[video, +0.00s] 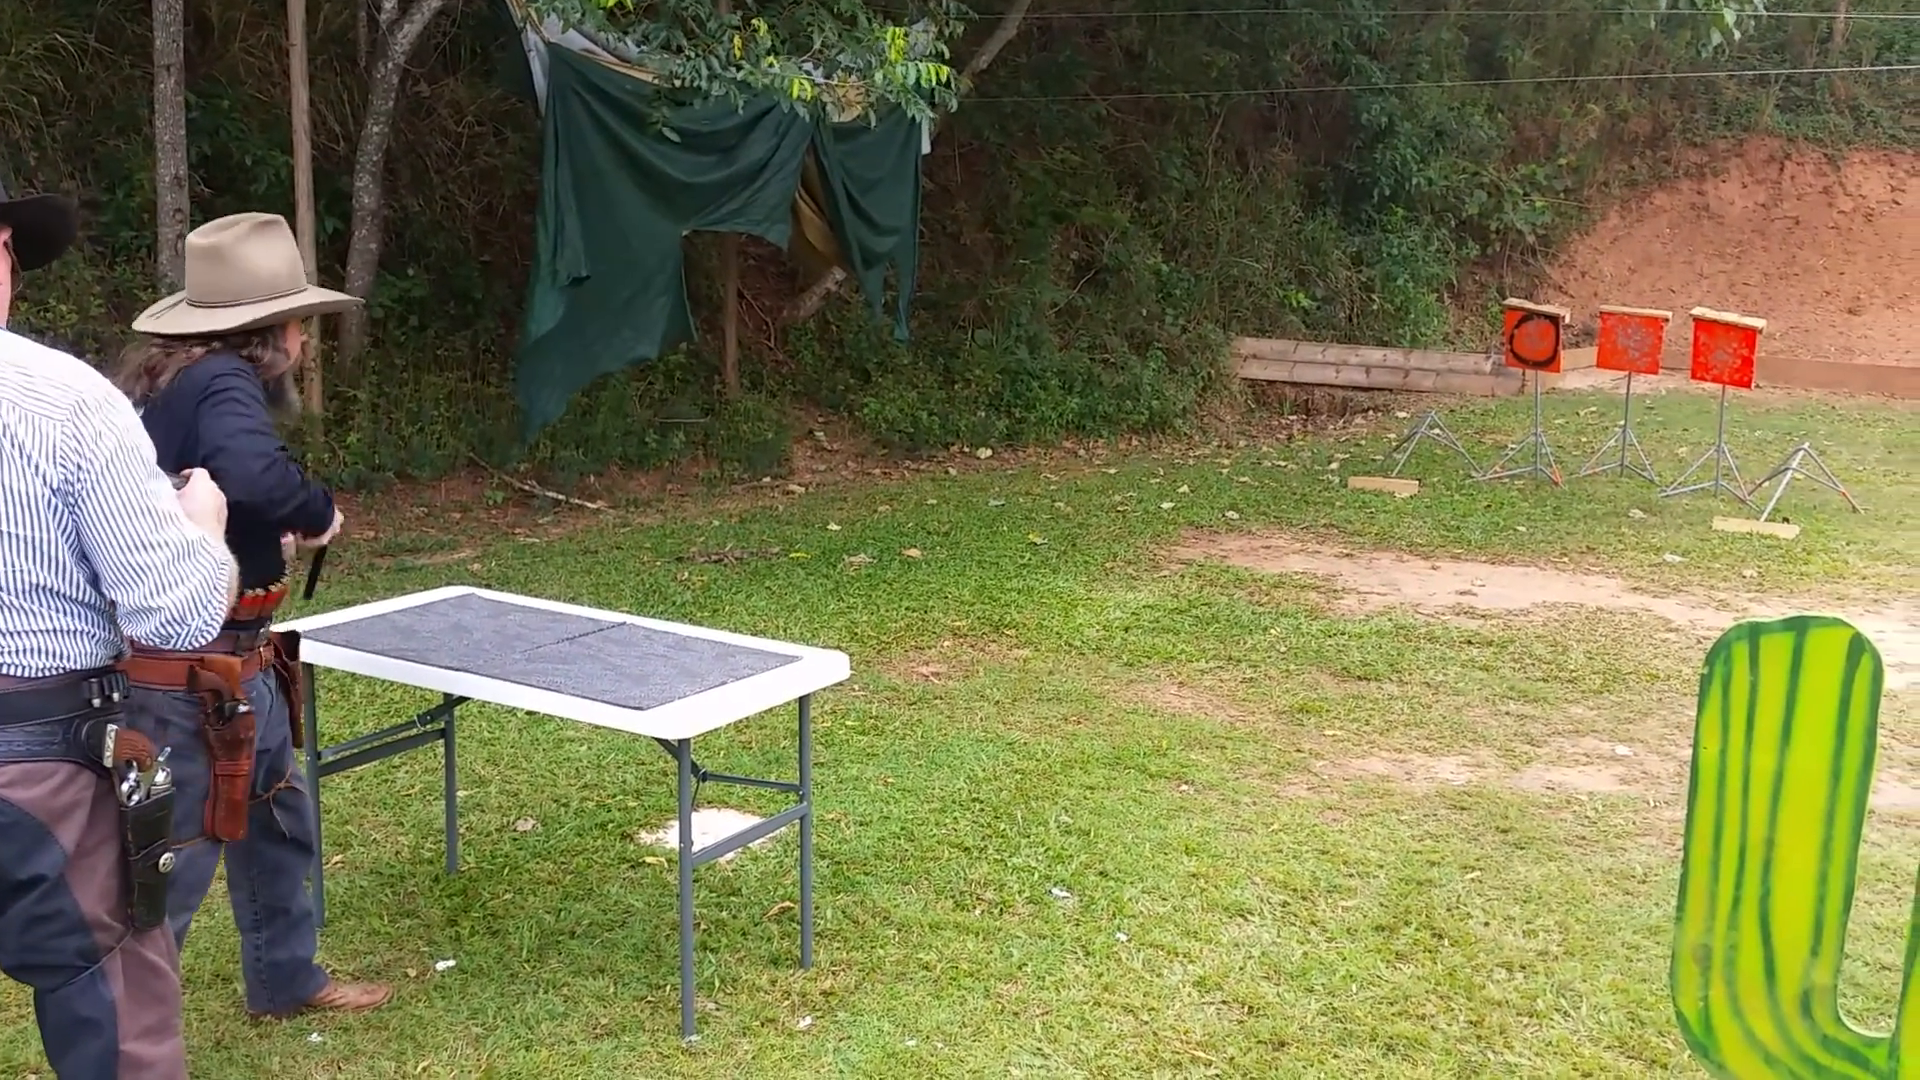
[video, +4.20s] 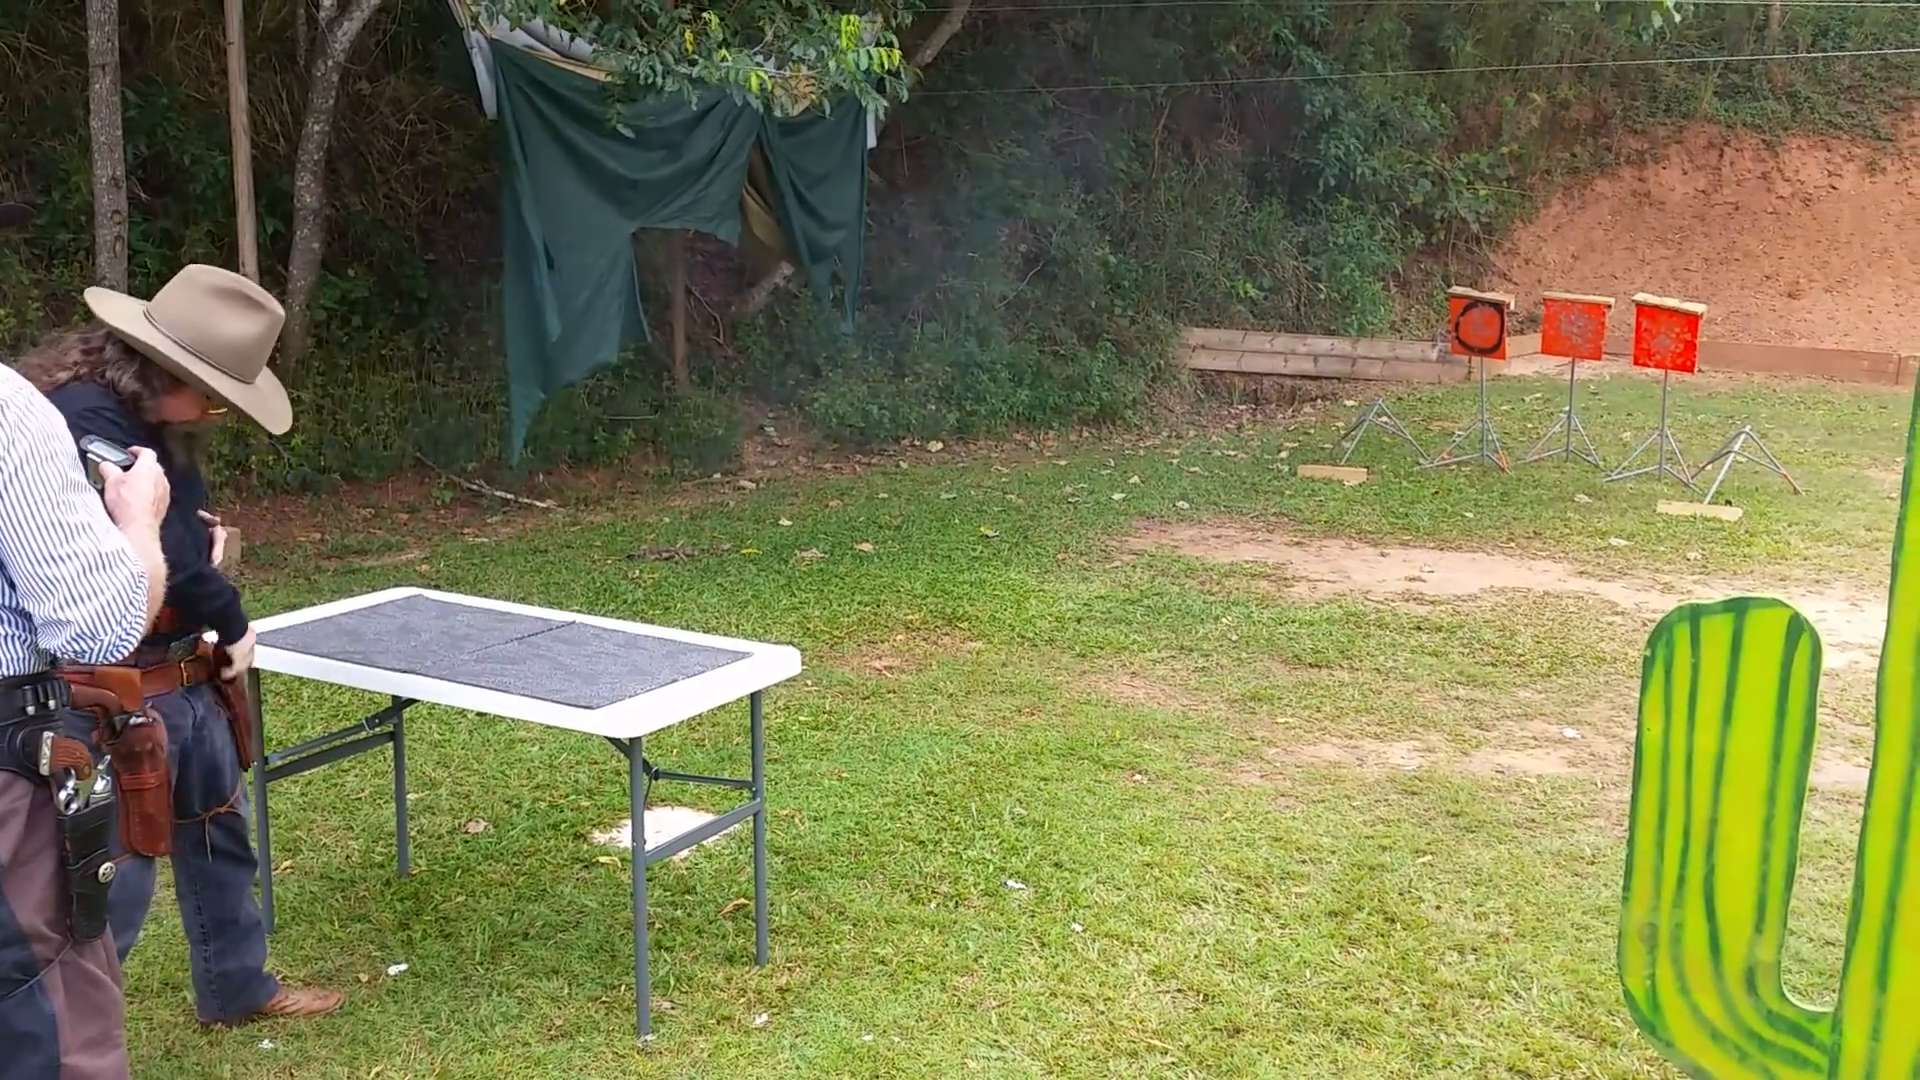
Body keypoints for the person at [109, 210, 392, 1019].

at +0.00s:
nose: (303, 340)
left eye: (302, 324)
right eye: (296, 325)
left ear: (217, 325)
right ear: (262, 330)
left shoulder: (167, 379)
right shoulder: (221, 382)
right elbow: (250, 472)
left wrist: (271, 524)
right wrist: (318, 510)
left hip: (233, 651)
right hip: (197, 657)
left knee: (276, 817)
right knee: (175, 852)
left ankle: (285, 982)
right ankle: (127, 1011)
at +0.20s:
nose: (283, 328)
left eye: (281, 314)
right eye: (276, 315)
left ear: (198, 323)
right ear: (245, 324)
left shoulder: (169, 393)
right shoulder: (228, 402)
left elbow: (246, 487)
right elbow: (316, 521)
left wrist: (318, 460)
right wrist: (359, 483)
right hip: (198, 665)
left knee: (275, 819)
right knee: (184, 858)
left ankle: (284, 979)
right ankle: (120, 1007)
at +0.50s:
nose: (281, 329)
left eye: (276, 316)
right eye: (271, 317)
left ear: (192, 325)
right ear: (243, 327)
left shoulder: (161, 393)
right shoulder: (231, 403)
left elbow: (306, 397)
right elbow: (342, 412)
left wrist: (393, 370)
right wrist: (427, 384)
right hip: (192, 663)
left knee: (263, 815)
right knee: (183, 858)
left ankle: (275, 980)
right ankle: (108, 1012)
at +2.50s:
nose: (279, 338)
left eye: (276, 324)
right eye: (269, 323)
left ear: (192, 325)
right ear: (233, 328)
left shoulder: (141, 384)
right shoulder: (224, 399)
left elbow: (304, 391)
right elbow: (336, 414)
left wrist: (401, 364)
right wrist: (429, 386)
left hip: (125, 651)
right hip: (160, 663)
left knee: (235, 814)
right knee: (146, 864)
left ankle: (244, 982)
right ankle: (71, 1019)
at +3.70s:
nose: (264, 366)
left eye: (268, 352)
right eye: (264, 350)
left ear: (189, 321)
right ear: (235, 339)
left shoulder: (138, 378)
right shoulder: (188, 398)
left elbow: (219, 449)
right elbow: (300, 484)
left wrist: (301, 436)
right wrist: (376, 446)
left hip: (185, 653)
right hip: (155, 666)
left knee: (235, 819)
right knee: (149, 855)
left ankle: (240, 985)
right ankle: (76, 1012)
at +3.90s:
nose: (250, 399)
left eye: (257, 386)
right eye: (254, 382)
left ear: (192, 341)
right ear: (228, 363)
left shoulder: (125, 377)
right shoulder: (143, 387)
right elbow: (202, 465)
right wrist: (279, 507)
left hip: (193, 659)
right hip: (135, 670)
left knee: (236, 823)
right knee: (137, 862)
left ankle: (240, 988)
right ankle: (78, 1018)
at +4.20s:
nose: (213, 413)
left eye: (220, 401)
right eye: (212, 398)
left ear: (160, 363)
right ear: (177, 378)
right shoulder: (121, 438)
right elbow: (174, 559)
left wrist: (204, 534)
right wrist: (233, 622)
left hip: (178, 670)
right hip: (112, 680)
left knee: (216, 833)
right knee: (117, 869)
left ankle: (236, 987)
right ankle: (72, 1007)